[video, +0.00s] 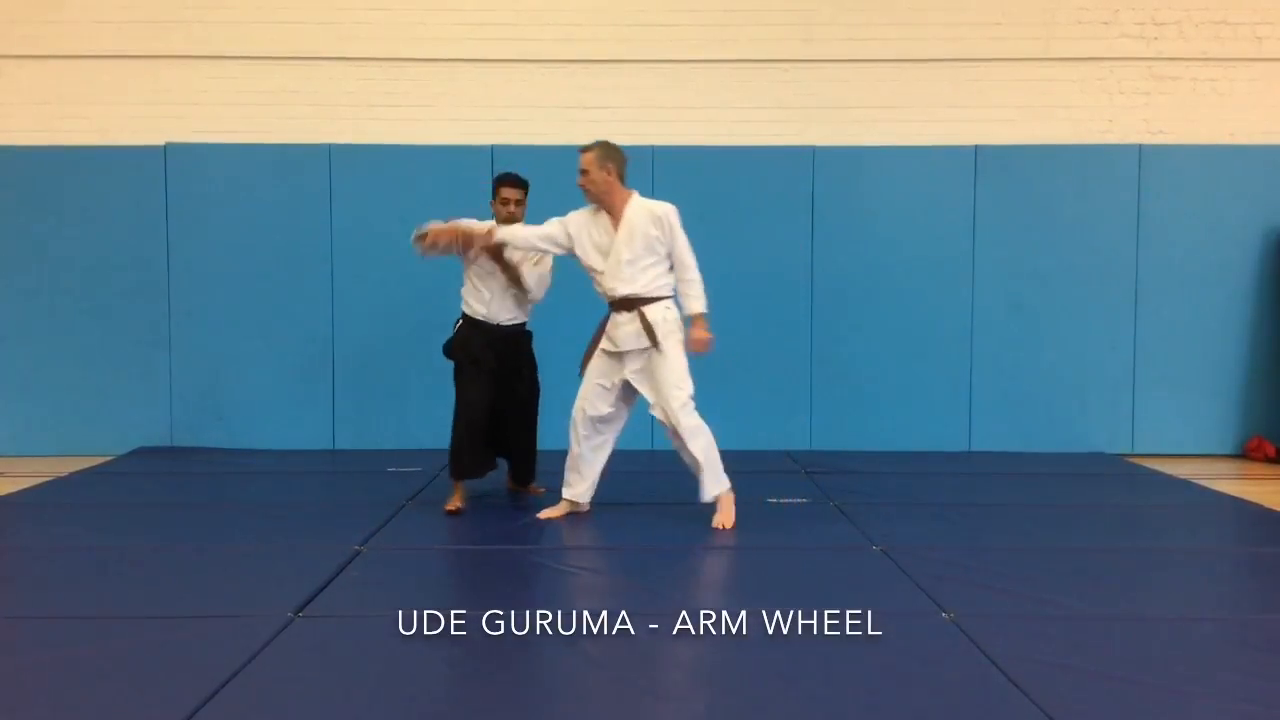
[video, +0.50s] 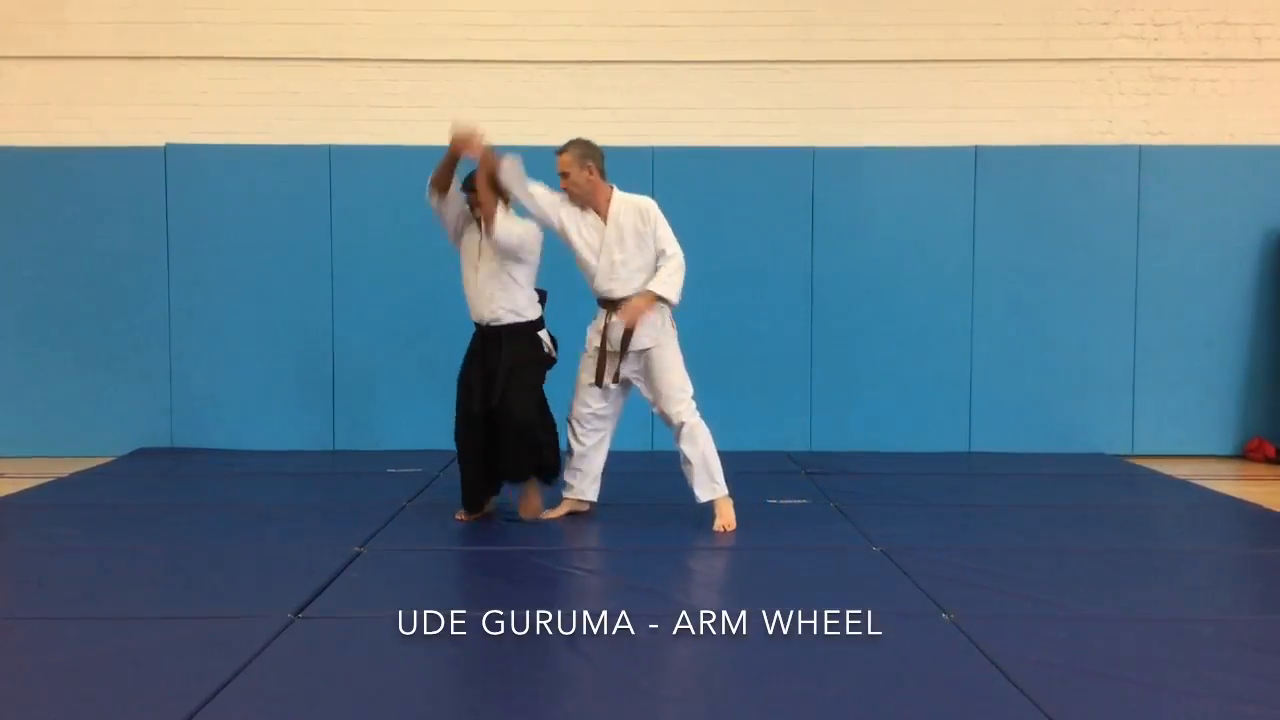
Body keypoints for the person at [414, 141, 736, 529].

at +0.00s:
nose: (579, 181)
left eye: (585, 172)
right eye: (578, 173)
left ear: (612, 172)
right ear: (601, 175)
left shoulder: (659, 215)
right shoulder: (580, 223)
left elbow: (686, 267)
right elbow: (532, 235)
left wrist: (697, 319)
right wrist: (479, 234)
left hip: (657, 324)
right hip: (616, 328)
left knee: (677, 411)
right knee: (590, 411)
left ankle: (722, 495)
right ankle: (576, 499)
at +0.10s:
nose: (567, 180)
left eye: (573, 172)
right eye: (566, 172)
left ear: (599, 172)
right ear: (586, 174)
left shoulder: (649, 211)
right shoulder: (566, 222)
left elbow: (679, 262)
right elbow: (520, 252)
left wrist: (680, 312)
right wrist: (474, 274)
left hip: (652, 322)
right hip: (611, 326)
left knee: (674, 408)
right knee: (588, 410)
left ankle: (721, 490)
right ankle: (579, 496)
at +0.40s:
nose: (553, 189)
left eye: (558, 180)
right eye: (552, 181)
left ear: (584, 178)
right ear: (573, 180)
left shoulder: (636, 212)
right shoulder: (558, 226)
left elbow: (673, 259)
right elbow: (509, 229)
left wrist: (666, 308)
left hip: (650, 323)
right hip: (606, 329)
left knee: (679, 413)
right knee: (585, 414)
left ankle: (720, 497)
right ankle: (578, 497)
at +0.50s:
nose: (561, 185)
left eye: (566, 176)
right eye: (560, 177)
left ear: (591, 173)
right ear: (582, 175)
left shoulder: (641, 209)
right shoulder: (567, 214)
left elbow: (673, 260)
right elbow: (523, 192)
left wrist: (645, 299)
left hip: (651, 321)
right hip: (606, 324)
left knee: (680, 411)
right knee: (588, 412)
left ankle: (720, 498)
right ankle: (580, 496)